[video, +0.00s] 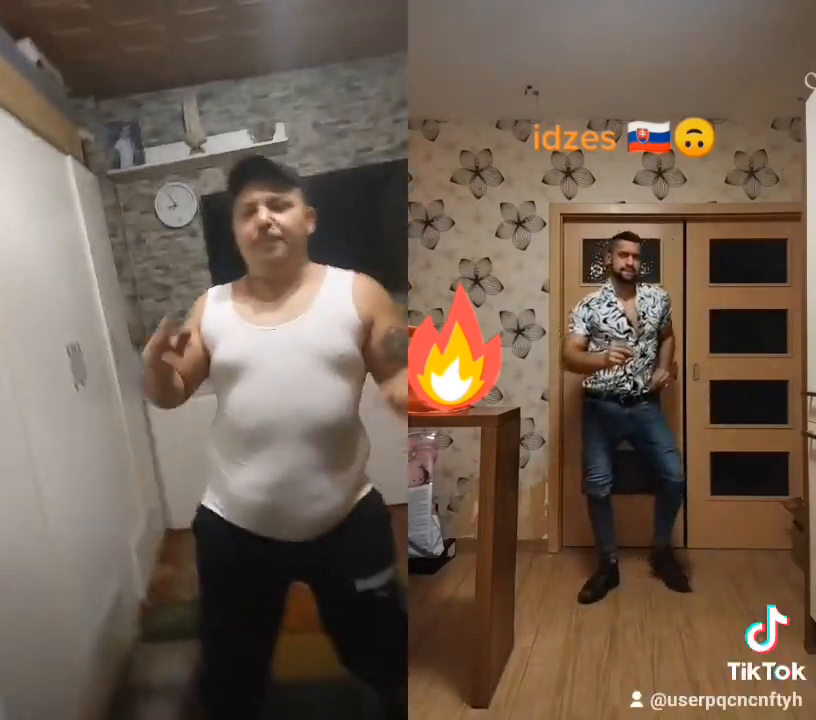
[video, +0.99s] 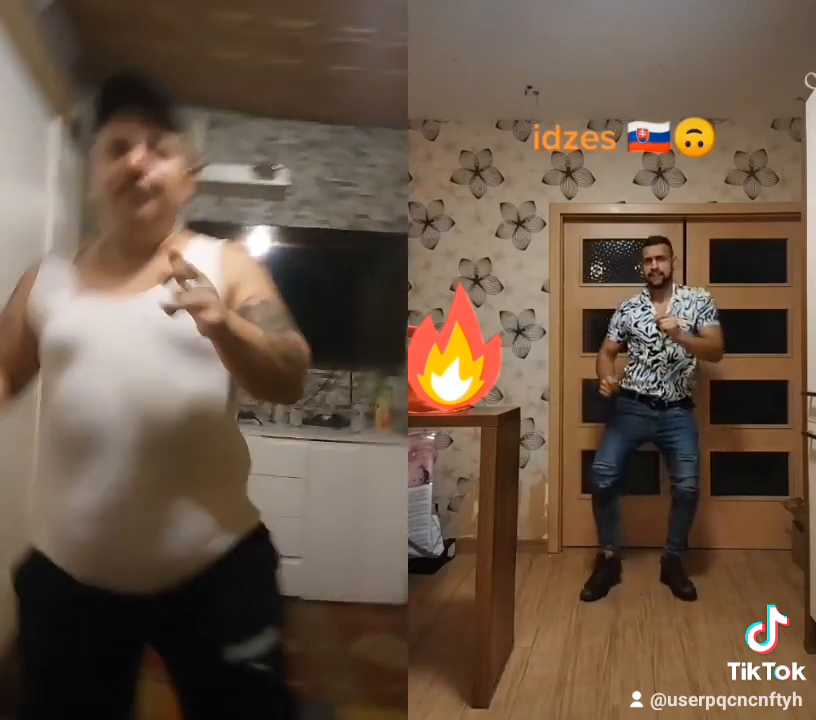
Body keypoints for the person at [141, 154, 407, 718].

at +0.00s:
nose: (266, 220)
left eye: (280, 205)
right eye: (249, 211)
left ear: (309, 220)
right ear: (234, 233)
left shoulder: (358, 294)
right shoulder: (213, 307)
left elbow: (398, 377)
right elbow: (168, 397)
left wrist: (415, 391)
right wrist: (158, 367)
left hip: (343, 523)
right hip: (237, 529)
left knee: (383, 671)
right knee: (229, 688)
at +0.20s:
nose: (235, 211)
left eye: (247, 193)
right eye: (216, 205)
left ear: (279, 202)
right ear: (203, 232)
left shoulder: (349, 269)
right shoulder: (200, 320)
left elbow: (430, 343)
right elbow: (177, 428)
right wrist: (180, 393)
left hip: (382, 516)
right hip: (284, 540)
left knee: (412, 634)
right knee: (322, 691)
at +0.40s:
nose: (182, 208)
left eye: (192, 190)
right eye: (159, 203)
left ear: (221, 201)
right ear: (143, 233)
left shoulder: (297, 249)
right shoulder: (162, 331)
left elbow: (389, 301)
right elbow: (159, 446)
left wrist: (400, 264)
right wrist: (163, 419)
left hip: (395, 489)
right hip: (297, 537)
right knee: (357, 687)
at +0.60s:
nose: (122, 202)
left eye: (132, 184)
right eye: (97, 196)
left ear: (161, 200)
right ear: (78, 233)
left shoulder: (235, 249)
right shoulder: (96, 343)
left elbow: (343, 298)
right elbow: (89, 431)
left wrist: (341, 252)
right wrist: (106, 450)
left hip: (361, 502)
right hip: (250, 562)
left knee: (448, 641)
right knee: (310, 709)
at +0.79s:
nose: (122, 229)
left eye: (136, 213)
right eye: (99, 219)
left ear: (159, 229)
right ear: (73, 246)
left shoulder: (220, 297)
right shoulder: (64, 362)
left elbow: (308, 390)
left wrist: (304, 350)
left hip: (305, 588)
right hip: (169, 630)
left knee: (372, 706)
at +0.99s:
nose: (138, 165)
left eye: (158, 148)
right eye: (118, 150)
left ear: (191, 171)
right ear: (92, 175)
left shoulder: (228, 267)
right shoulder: (46, 284)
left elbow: (290, 381)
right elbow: (3, 378)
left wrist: (223, 325)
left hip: (215, 577)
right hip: (71, 580)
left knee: (249, 713)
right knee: (60, 712)